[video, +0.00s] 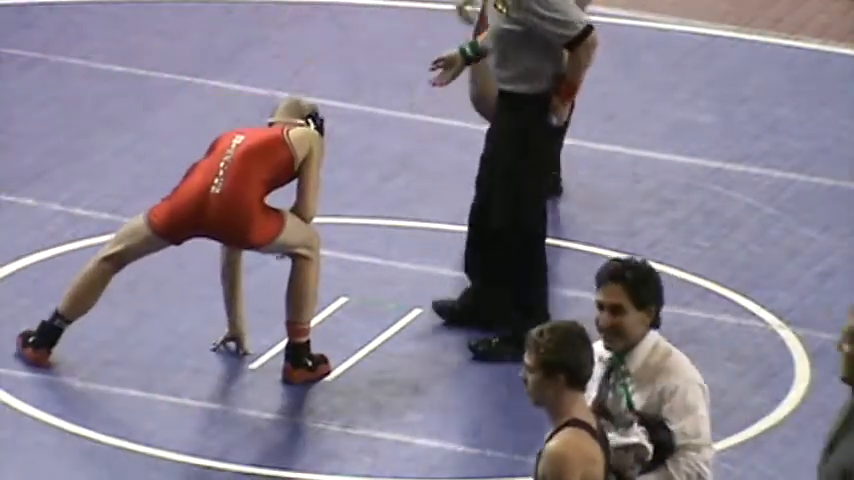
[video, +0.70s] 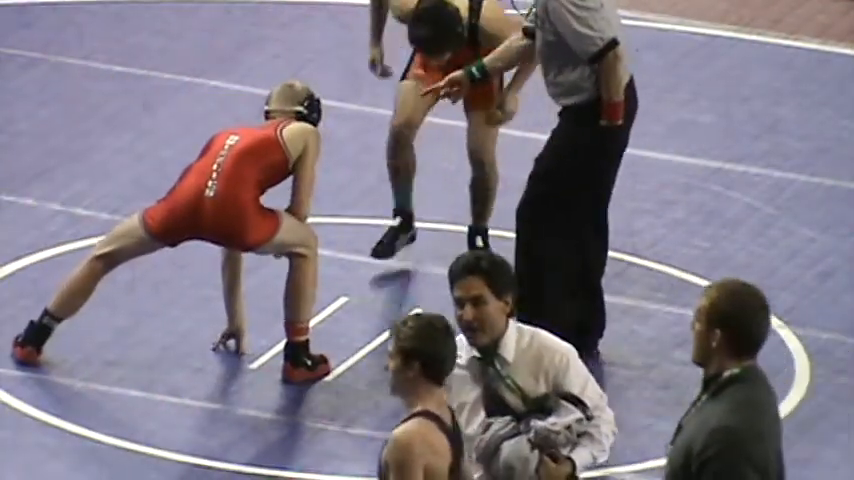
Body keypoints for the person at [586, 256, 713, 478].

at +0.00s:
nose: (604, 322)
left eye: (617, 311)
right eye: (600, 308)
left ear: (649, 315)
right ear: (595, 306)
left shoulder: (679, 379)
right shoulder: (594, 357)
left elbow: (695, 464)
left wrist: (637, 477)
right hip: (591, 468)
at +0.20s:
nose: (562, 322)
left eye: (574, 311)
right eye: (556, 311)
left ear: (604, 313)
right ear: (548, 313)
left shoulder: (640, 374)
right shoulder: (552, 362)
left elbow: (672, 457)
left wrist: (627, 477)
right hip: (563, 470)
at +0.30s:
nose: (539, 322)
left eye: (551, 310)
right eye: (531, 310)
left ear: (578, 313)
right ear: (523, 312)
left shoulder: (614, 368)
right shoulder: (521, 361)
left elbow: (656, 443)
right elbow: (493, 427)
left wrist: (618, 477)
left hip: (598, 471)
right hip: (535, 470)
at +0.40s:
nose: (514, 319)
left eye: (525, 306)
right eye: (507, 308)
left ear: (553, 308)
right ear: (501, 310)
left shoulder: (595, 361)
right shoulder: (499, 358)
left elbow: (640, 432)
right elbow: (467, 426)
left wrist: (607, 472)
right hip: (520, 469)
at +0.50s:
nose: (494, 317)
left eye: (505, 305)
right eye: (487, 307)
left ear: (533, 307)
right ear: (481, 308)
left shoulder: (578, 357)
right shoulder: (478, 355)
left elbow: (626, 424)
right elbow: (446, 420)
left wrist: (596, 468)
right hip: (495, 467)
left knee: (538, 456)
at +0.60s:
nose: (479, 316)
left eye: (490, 303)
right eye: (471, 305)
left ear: (518, 303)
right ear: (465, 307)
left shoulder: (563, 353)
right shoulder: (461, 356)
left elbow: (612, 421)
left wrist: (583, 464)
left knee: (527, 453)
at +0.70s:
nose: (467, 316)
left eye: (478, 303)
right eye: (460, 305)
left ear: (507, 303)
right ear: (453, 307)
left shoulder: (552, 353)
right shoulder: (449, 359)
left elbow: (602, 421)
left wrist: (572, 464)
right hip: (475, 471)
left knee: (516, 452)